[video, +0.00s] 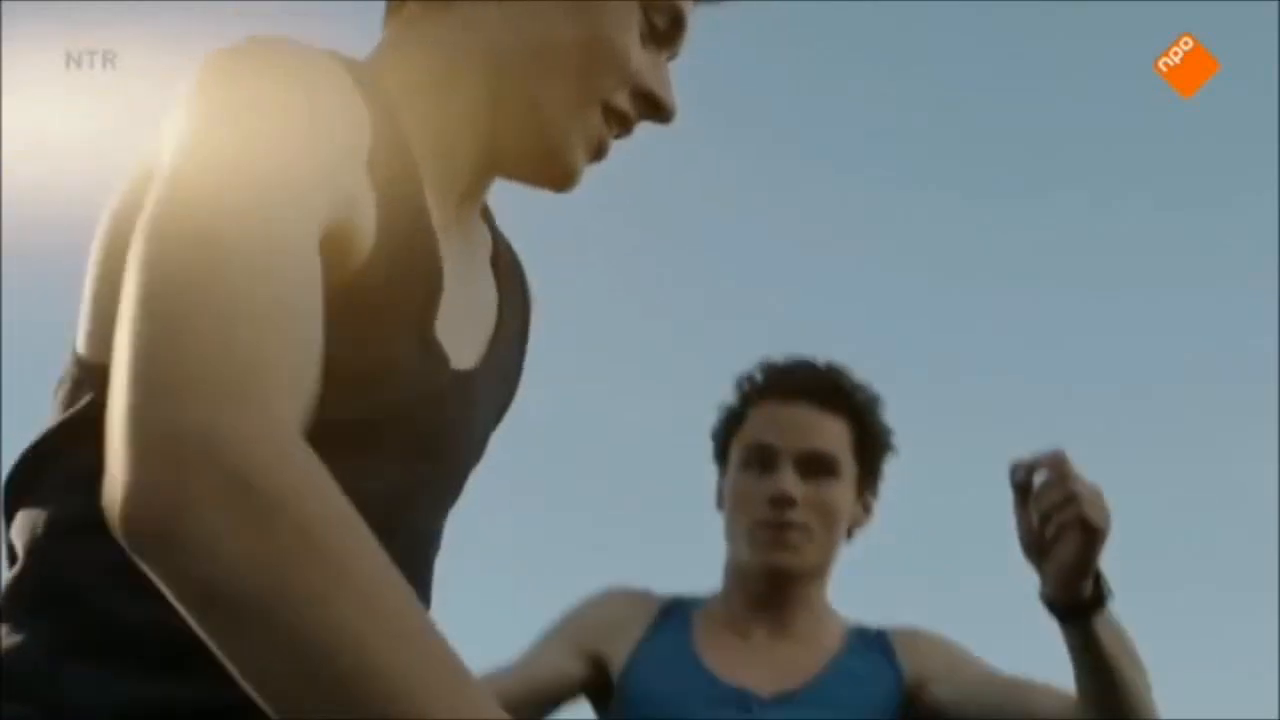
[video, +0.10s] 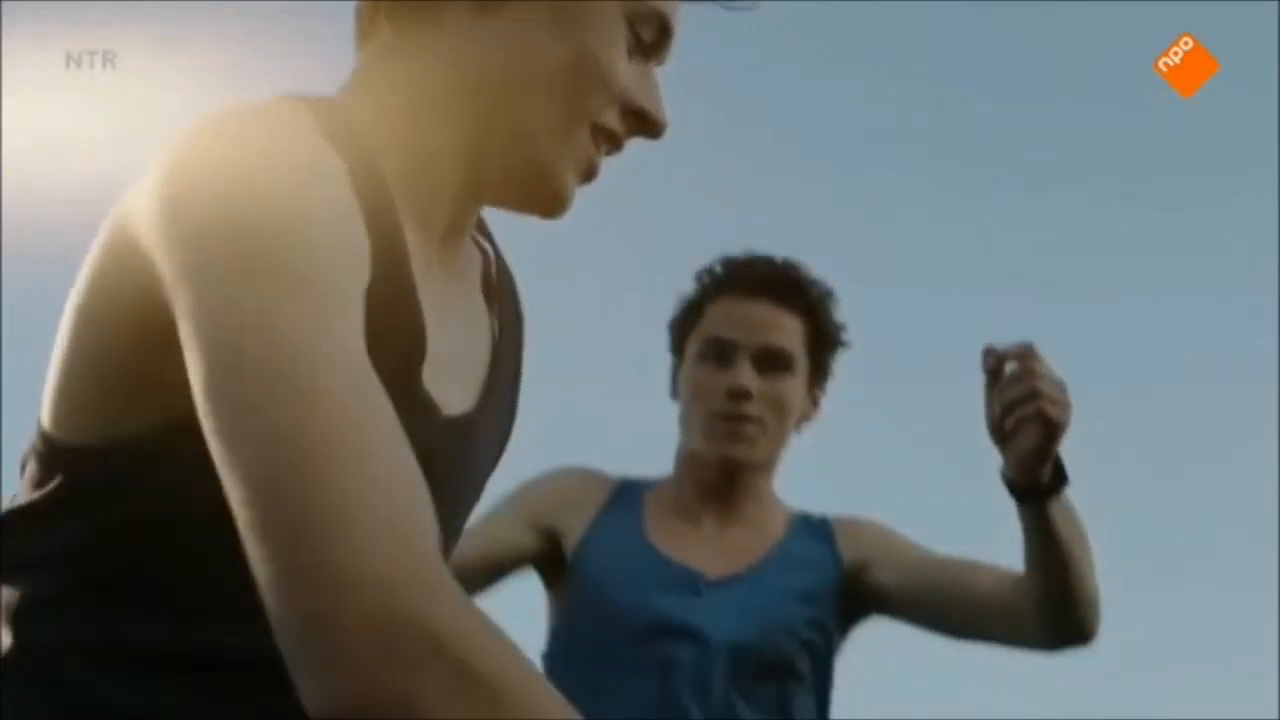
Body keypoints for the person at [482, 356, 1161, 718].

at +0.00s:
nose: (784, 488)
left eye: (816, 470)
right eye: (759, 464)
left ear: (861, 509)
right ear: (719, 490)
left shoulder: (906, 667)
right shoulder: (620, 629)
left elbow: (1117, 717)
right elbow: (475, 702)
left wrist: (1078, 609)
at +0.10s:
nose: (740, 383)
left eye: (771, 366)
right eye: (717, 357)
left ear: (810, 402)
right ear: (676, 377)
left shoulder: (843, 557)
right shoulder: (573, 507)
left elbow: (1063, 622)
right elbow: (405, 588)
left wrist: (1036, 488)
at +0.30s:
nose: (668, 255)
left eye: (699, 237)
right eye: (648, 227)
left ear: (730, 270)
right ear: (607, 238)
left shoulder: (751, 416)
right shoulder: (502, 369)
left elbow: (967, 464)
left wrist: (965, 341)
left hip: (673, 699)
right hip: (509, 692)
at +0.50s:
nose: (622, 192)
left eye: (640, 169)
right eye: (597, 156)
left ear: (663, 190)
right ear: (532, 154)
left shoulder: (671, 325)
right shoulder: (461, 266)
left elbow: (889, 376)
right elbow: (214, 300)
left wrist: (902, 262)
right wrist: (261, 148)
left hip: (586, 646)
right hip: (421, 623)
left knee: (689, 709)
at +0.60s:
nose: (578, 159)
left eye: (609, 145)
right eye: (558, 127)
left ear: (637, 176)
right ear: (512, 128)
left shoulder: (633, 296)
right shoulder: (418, 246)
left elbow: (860, 354)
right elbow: (192, 259)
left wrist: (880, 237)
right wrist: (244, 134)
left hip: (554, 612)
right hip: (390, 597)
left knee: (653, 704)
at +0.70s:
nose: (555, 140)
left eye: (581, 127)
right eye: (535, 111)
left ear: (605, 162)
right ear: (487, 115)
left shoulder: (613, 295)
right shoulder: (381, 220)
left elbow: (819, 336)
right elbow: (160, 214)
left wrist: (847, 218)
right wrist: (212, 118)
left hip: (514, 638)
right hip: (338, 597)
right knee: (259, 707)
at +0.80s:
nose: (536, 136)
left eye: (562, 124)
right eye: (517, 106)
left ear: (585, 158)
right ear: (466, 111)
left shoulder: (585, 293)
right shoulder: (356, 209)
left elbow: (792, 334)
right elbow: (133, 193)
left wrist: (828, 214)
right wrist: (188, 114)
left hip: (473, 621)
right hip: (299, 590)